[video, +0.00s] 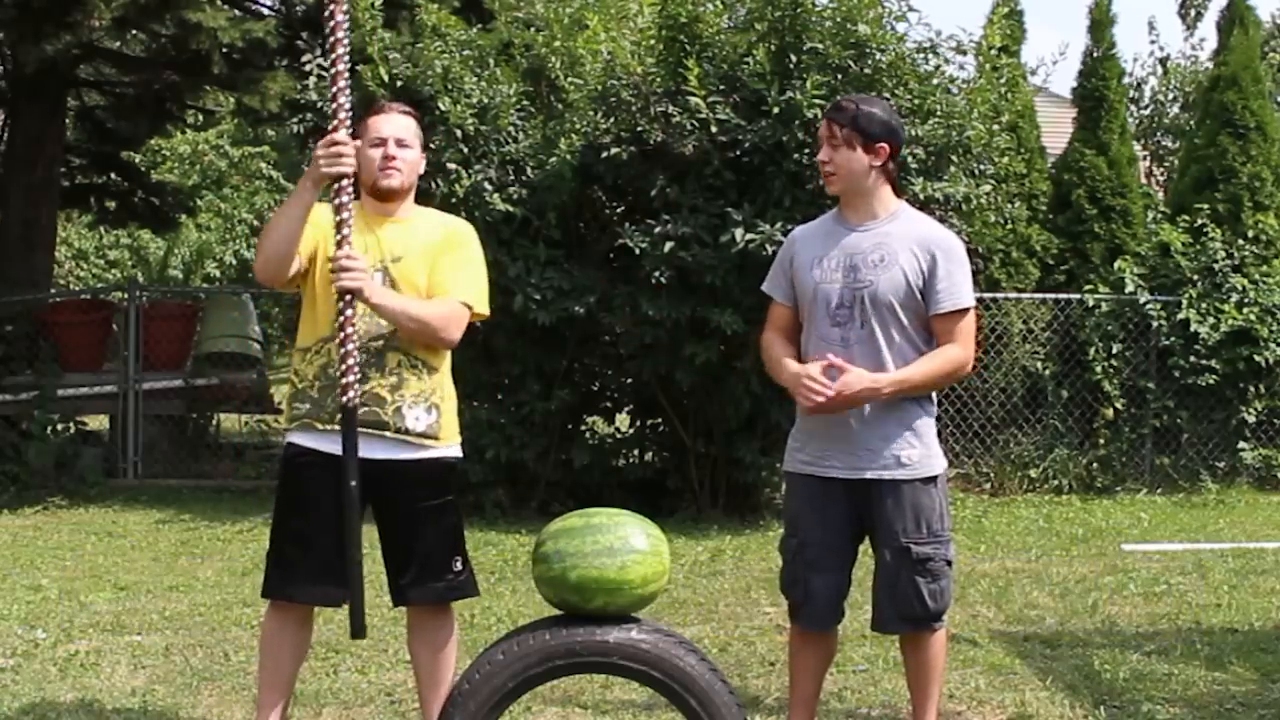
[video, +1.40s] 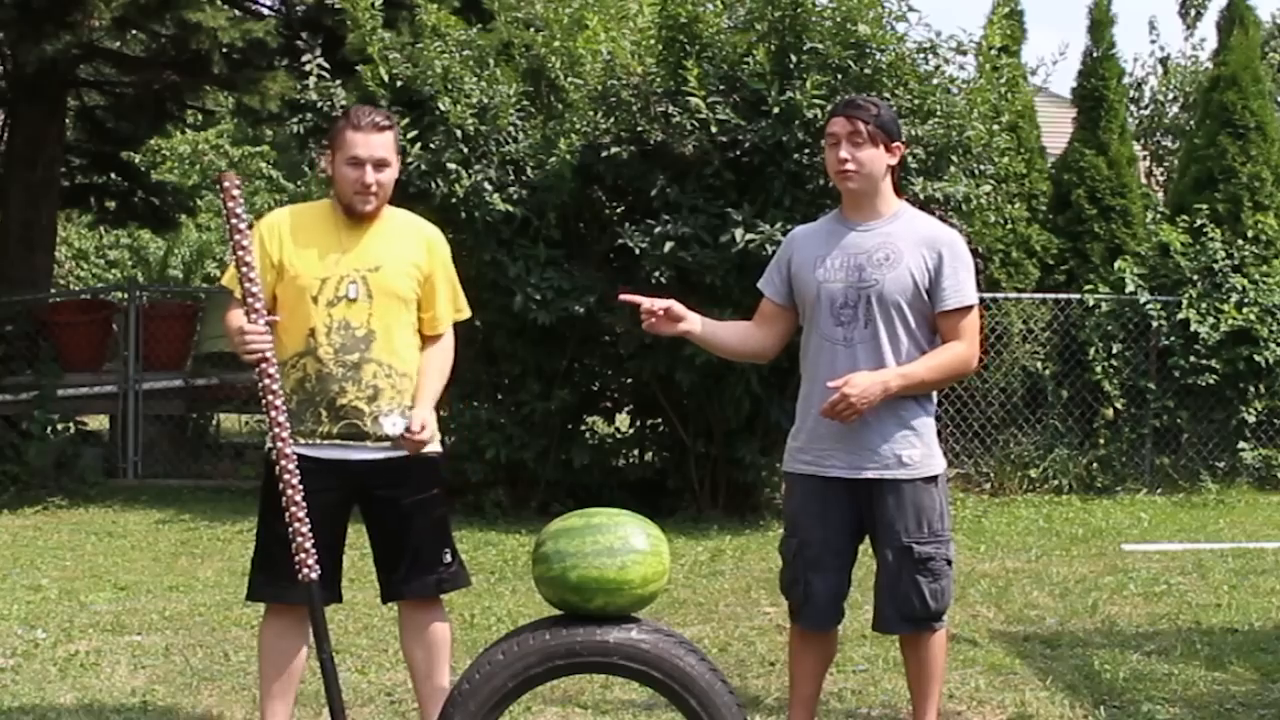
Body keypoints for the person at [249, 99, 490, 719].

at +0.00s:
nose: (389, 152)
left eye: (402, 143)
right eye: (377, 143)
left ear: (423, 158)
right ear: (357, 155)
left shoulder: (452, 234)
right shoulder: (325, 220)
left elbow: (449, 328)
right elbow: (269, 270)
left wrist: (376, 293)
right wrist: (311, 180)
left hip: (418, 446)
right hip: (319, 439)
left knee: (431, 598)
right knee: (292, 595)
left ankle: (437, 716)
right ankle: (269, 714)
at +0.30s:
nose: (387, 167)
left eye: (401, 155)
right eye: (376, 154)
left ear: (428, 161)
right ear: (359, 160)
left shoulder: (461, 238)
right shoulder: (321, 226)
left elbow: (486, 338)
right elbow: (260, 305)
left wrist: (410, 381)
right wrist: (264, 237)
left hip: (423, 454)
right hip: (321, 448)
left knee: (433, 599)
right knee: (292, 593)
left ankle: (437, 717)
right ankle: (270, 713)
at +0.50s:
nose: (382, 182)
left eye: (397, 168)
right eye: (370, 168)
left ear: (427, 162)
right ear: (356, 164)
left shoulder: (463, 239)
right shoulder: (322, 225)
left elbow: (485, 343)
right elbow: (268, 303)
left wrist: (489, 442)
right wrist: (244, 250)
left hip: (426, 453)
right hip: (326, 447)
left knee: (434, 598)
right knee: (292, 590)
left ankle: (439, 716)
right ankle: (271, 712)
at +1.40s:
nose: (370, 178)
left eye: (382, 164)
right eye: (356, 163)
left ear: (398, 167)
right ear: (328, 163)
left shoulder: (423, 240)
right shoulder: (277, 233)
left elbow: (440, 335)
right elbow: (240, 309)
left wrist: (425, 404)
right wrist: (245, 335)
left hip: (403, 454)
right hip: (305, 452)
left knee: (423, 598)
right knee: (289, 600)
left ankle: (438, 718)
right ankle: (275, 718)